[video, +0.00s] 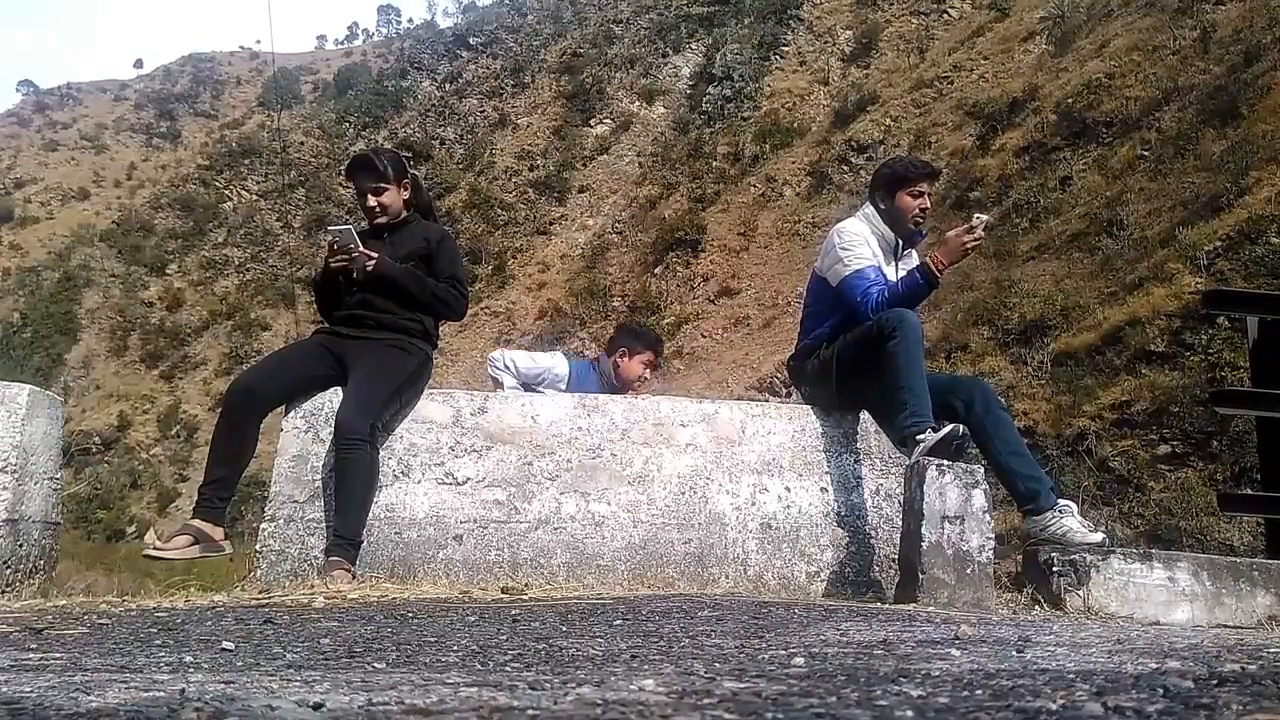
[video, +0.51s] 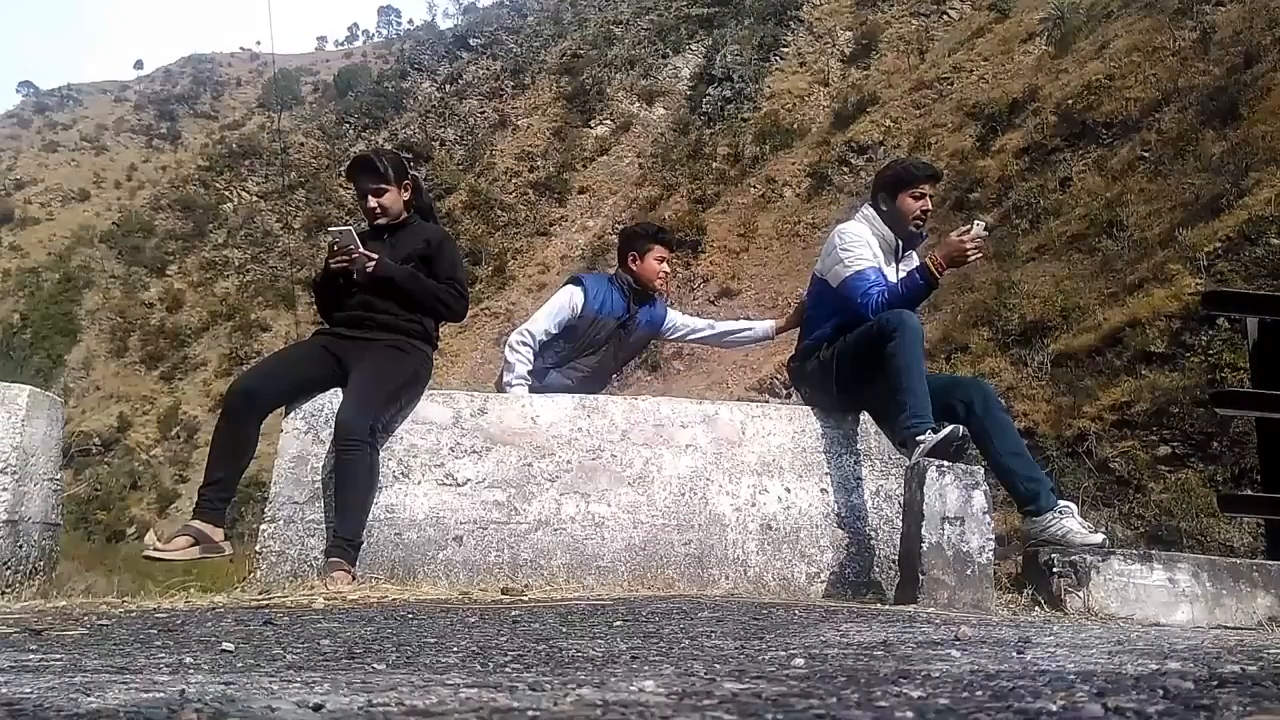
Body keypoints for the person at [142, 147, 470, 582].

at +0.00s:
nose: (372, 202)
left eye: (380, 191)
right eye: (364, 194)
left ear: (405, 187)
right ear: (359, 195)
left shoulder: (433, 236)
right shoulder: (355, 235)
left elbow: (455, 303)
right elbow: (330, 309)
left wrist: (386, 268)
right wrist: (332, 271)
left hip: (396, 348)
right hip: (336, 341)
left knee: (353, 426)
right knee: (247, 392)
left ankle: (340, 562)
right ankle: (208, 525)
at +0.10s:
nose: (372, 201)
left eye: (380, 191)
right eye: (364, 194)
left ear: (405, 187)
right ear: (359, 195)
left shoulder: (433, 236)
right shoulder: (355, 235)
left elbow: (455, 303)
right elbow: (330, 309)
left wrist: (386, 268)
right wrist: (332, 270)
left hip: (396, 348)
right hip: (335, 341)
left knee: (353, 426)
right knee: (247, 392)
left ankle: (340, 563)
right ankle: (208, 525)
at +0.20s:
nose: (372, 203)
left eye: (380, 192)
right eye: (364, 195)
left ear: (405, 188)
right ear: (358, 195)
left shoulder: (433, 237)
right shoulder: (355, 236)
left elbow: (455, 304)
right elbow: (330, 310)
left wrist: (386, 269)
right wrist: (332, 272)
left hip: (396, 349)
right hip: (336, 342)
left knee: (353, 426)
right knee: (246, 393)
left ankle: (340, 563)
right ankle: (208, 526)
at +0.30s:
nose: (372, 203)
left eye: (381, 193)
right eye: (364, 195)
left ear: (406, 189)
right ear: (359, 196)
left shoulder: (434, 237)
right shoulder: (356, 236)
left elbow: (455, 305)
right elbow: (330, 310)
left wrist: (385, 269)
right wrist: (333, 273)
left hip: (396, 349)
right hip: (335, 342)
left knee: (354, 427)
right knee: (246, 393)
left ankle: (340, 563)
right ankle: (207, 526)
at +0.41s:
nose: (372, 203)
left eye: (380, 193)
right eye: (364, 195)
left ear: (406, 189)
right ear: (359, 195)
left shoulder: (434, 237)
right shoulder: (356, 236)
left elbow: (455, 305)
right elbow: (330, 310)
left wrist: (385, 269)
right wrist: (333, 273)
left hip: (397, 350)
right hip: (336, 342)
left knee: (354, 427)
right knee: (246, 393)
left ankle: (340, 564)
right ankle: (207, 526)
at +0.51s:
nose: (371, 203)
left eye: (380, 192)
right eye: (364, 194)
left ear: (407, 188)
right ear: (359, 195)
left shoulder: (433, 238)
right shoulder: (356, 236)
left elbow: (456, 304)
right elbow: (330, 309)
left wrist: (385, 270)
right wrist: (333, 272)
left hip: (397, 350)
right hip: (337, 342)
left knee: (354, 428)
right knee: (247, 393)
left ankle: (340, 565)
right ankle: (208, 526)